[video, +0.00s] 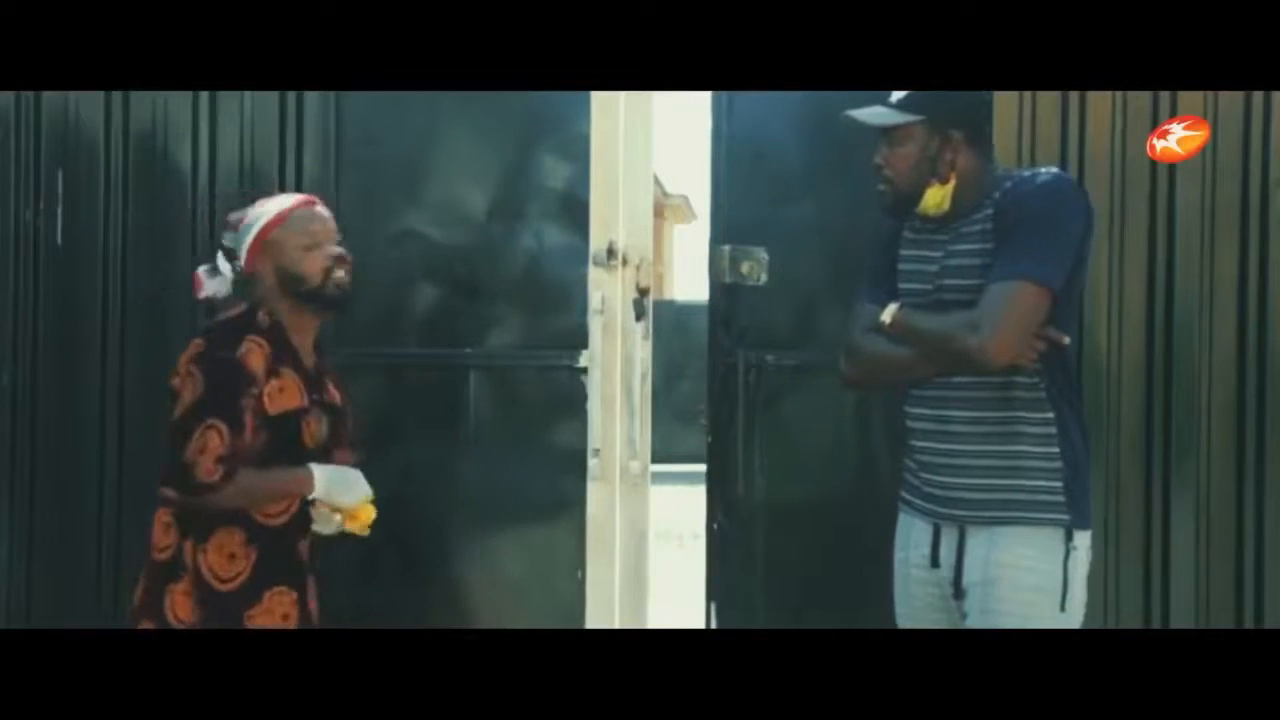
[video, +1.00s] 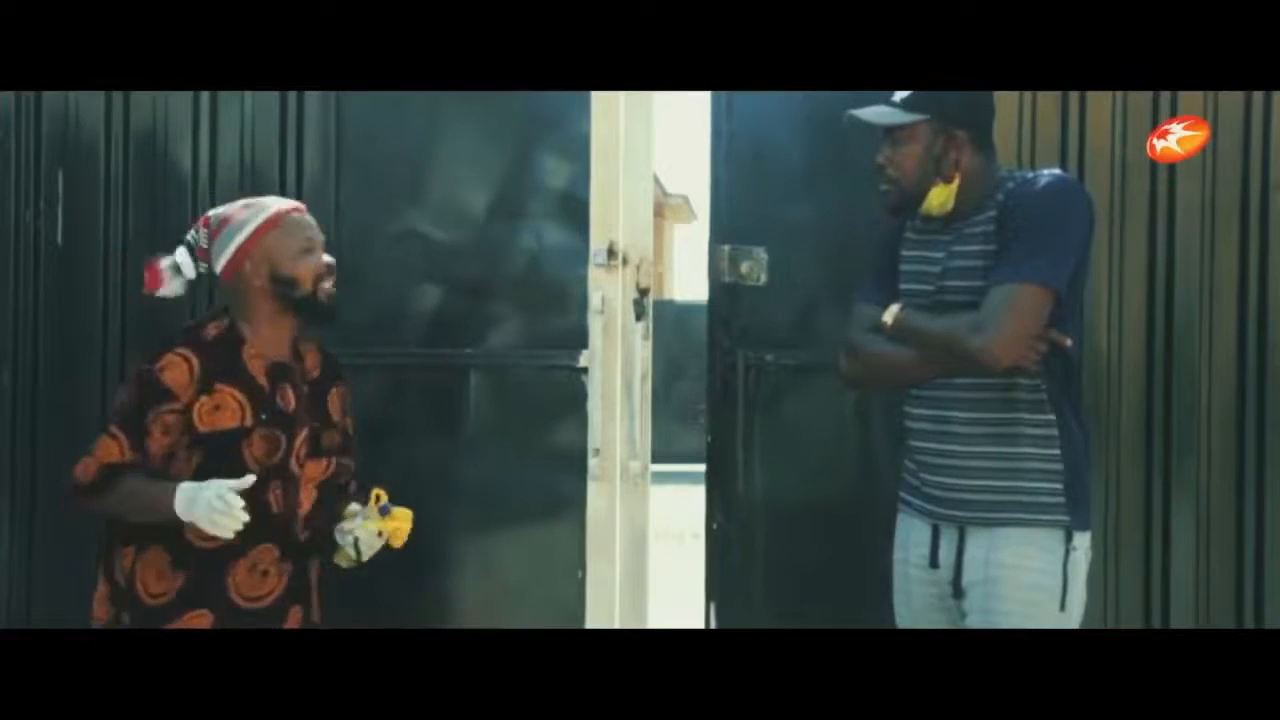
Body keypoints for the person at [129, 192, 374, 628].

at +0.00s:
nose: (338, 255)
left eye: (337, 244)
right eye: (313, 247)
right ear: (262, 267)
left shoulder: (312, 362)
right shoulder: (227, 354)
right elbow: (199, 485)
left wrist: (325, 508)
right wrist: (313, 482)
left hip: (284, 604)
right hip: (214, 609)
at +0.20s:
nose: (300, 264)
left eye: (316, 251)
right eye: (278, 252)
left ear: (334, 264)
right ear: (246, 266)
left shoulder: (323, 359)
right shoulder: (207, 358)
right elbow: (165, 490)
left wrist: (335, 497)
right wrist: (293, 478)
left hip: (291, 606)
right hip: (204, 609)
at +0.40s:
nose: (255, 270)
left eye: (277, 255)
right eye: (236, 255)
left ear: (303, 271)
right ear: (213, 270)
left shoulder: (330, 369)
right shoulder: (177, 363)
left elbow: (364, 469)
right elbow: (118, 486)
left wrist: (338, 501)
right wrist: (239, 485)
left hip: (293, 611)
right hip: (182, 610)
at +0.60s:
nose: (218, 271)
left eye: (242, 258)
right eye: (201, 257)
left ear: (273, 272)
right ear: (181, 271)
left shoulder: (322, 371)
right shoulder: (143, 372)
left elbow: (363, 478)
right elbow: (86, 486)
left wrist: (324, 519)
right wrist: (174, 497)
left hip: (285, 612)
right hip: (166, 612)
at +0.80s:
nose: (290, 265)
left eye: (289, 252)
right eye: (266, 253)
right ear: (210, 270)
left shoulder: (317, 372)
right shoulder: (144, 372)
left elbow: (355, 477)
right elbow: (71, 473)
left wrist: (349, 522)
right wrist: (112, 496)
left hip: (283, 615)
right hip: (163, 613)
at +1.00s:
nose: (329, 262)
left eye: (323, 249)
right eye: (308, 252)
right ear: (255, 272)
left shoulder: (324, 376)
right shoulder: (185, 369)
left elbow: (325, 496)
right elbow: (95, 482)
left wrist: (350, 528)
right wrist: (181, 500)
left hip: (286, 615)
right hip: (181, 616)